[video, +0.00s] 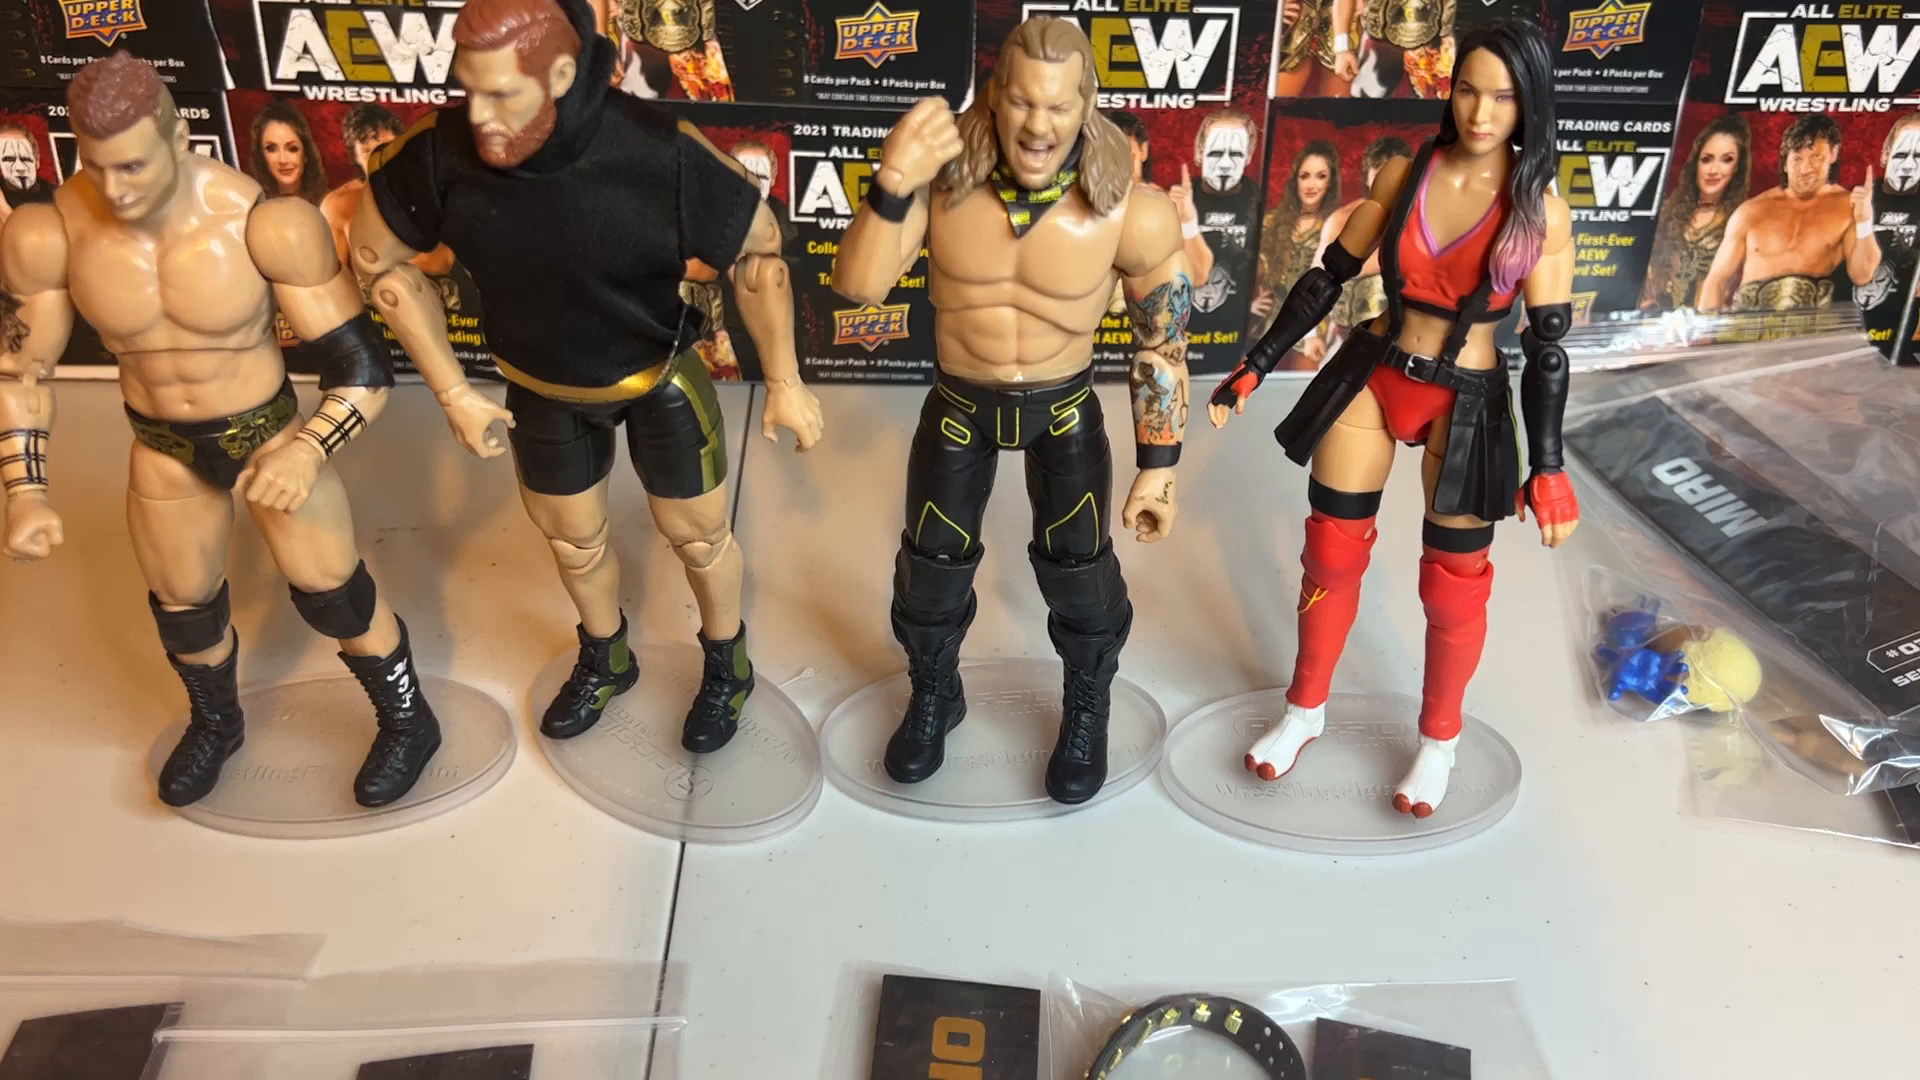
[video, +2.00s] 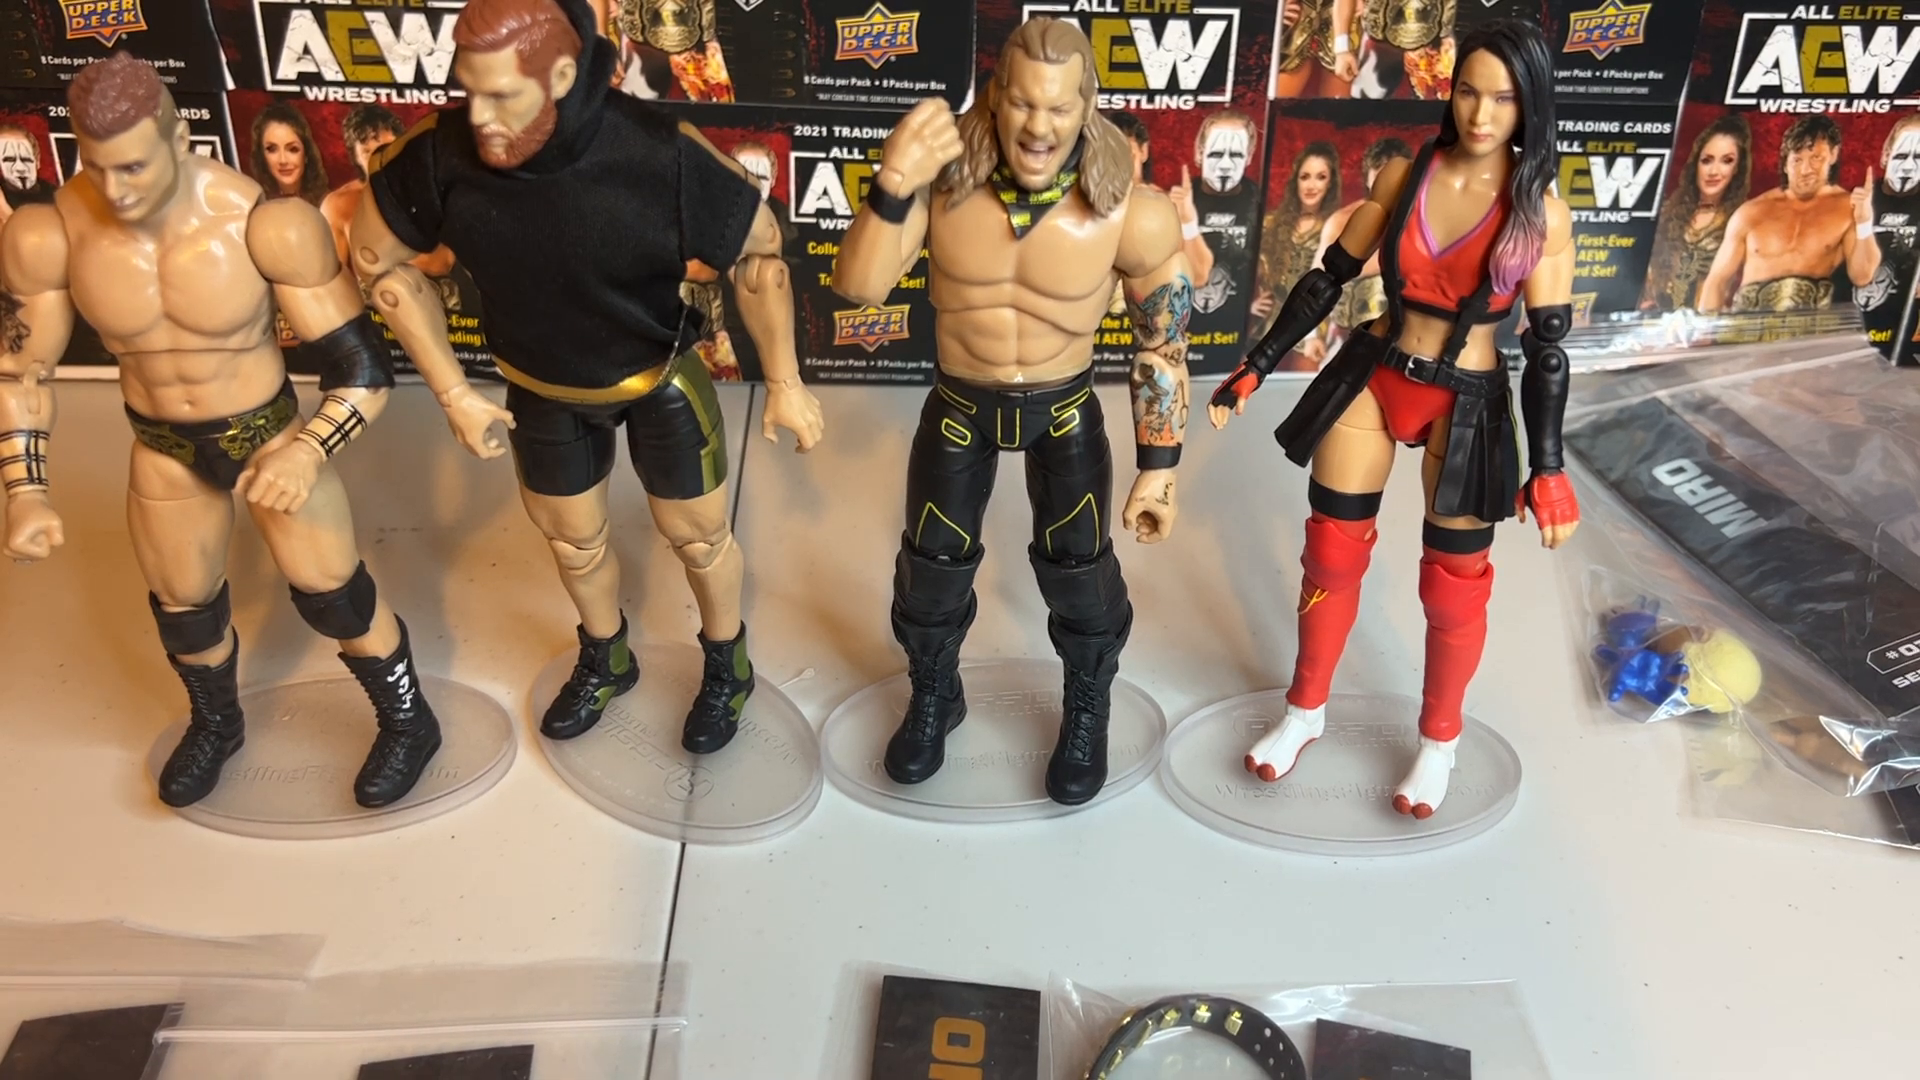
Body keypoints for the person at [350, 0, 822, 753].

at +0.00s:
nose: (480, 117)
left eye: (502, 95)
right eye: (467, 94)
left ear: (563, 76)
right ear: (456, 79)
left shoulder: (652, 151)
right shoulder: (442, 156)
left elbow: (756, 245)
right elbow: (372, 251)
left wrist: (784, 381)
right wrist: (452, 391)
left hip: (661, 380)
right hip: (542, 393)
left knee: (700, 539)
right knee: (575, 545)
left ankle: (725, 666)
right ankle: (606, 660)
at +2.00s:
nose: (481, 118)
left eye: (502, 96)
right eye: (468, 95)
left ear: (563, 75)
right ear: (456, 80)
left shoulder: (653, 154)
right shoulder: (443, 157)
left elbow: (757, 246)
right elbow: (372, 251)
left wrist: (784, 381)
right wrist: (452, 392)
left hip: (661, 381)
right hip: (542, 394)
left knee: (700, 541)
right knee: (575, 547)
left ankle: (726, 667)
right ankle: (607, 660)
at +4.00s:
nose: (481, 119)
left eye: (503, 96)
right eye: (468, 95)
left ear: (564, 76)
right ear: (456, 81)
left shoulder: (653, 155)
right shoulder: (443, 159)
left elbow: (757, 246)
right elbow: (372, 251)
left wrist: (784, 381)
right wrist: (452, 392)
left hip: (661, 382)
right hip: (543, 395)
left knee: (700, 540)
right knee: (575, 546)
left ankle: (726, 666)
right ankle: (607, 660)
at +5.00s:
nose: (481, 119)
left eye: (503, 96)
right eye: (468, 95)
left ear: (564, 76)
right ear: (456, 81)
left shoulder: (653, 155)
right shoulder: (443, 159)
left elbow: (757, 246)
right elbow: (372, 251)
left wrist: (784, 381)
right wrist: (452, 392)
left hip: (661, 382)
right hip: (542, 395)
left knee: (700, 540)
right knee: (575, 546)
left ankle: (726, 666)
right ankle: (607, 660)